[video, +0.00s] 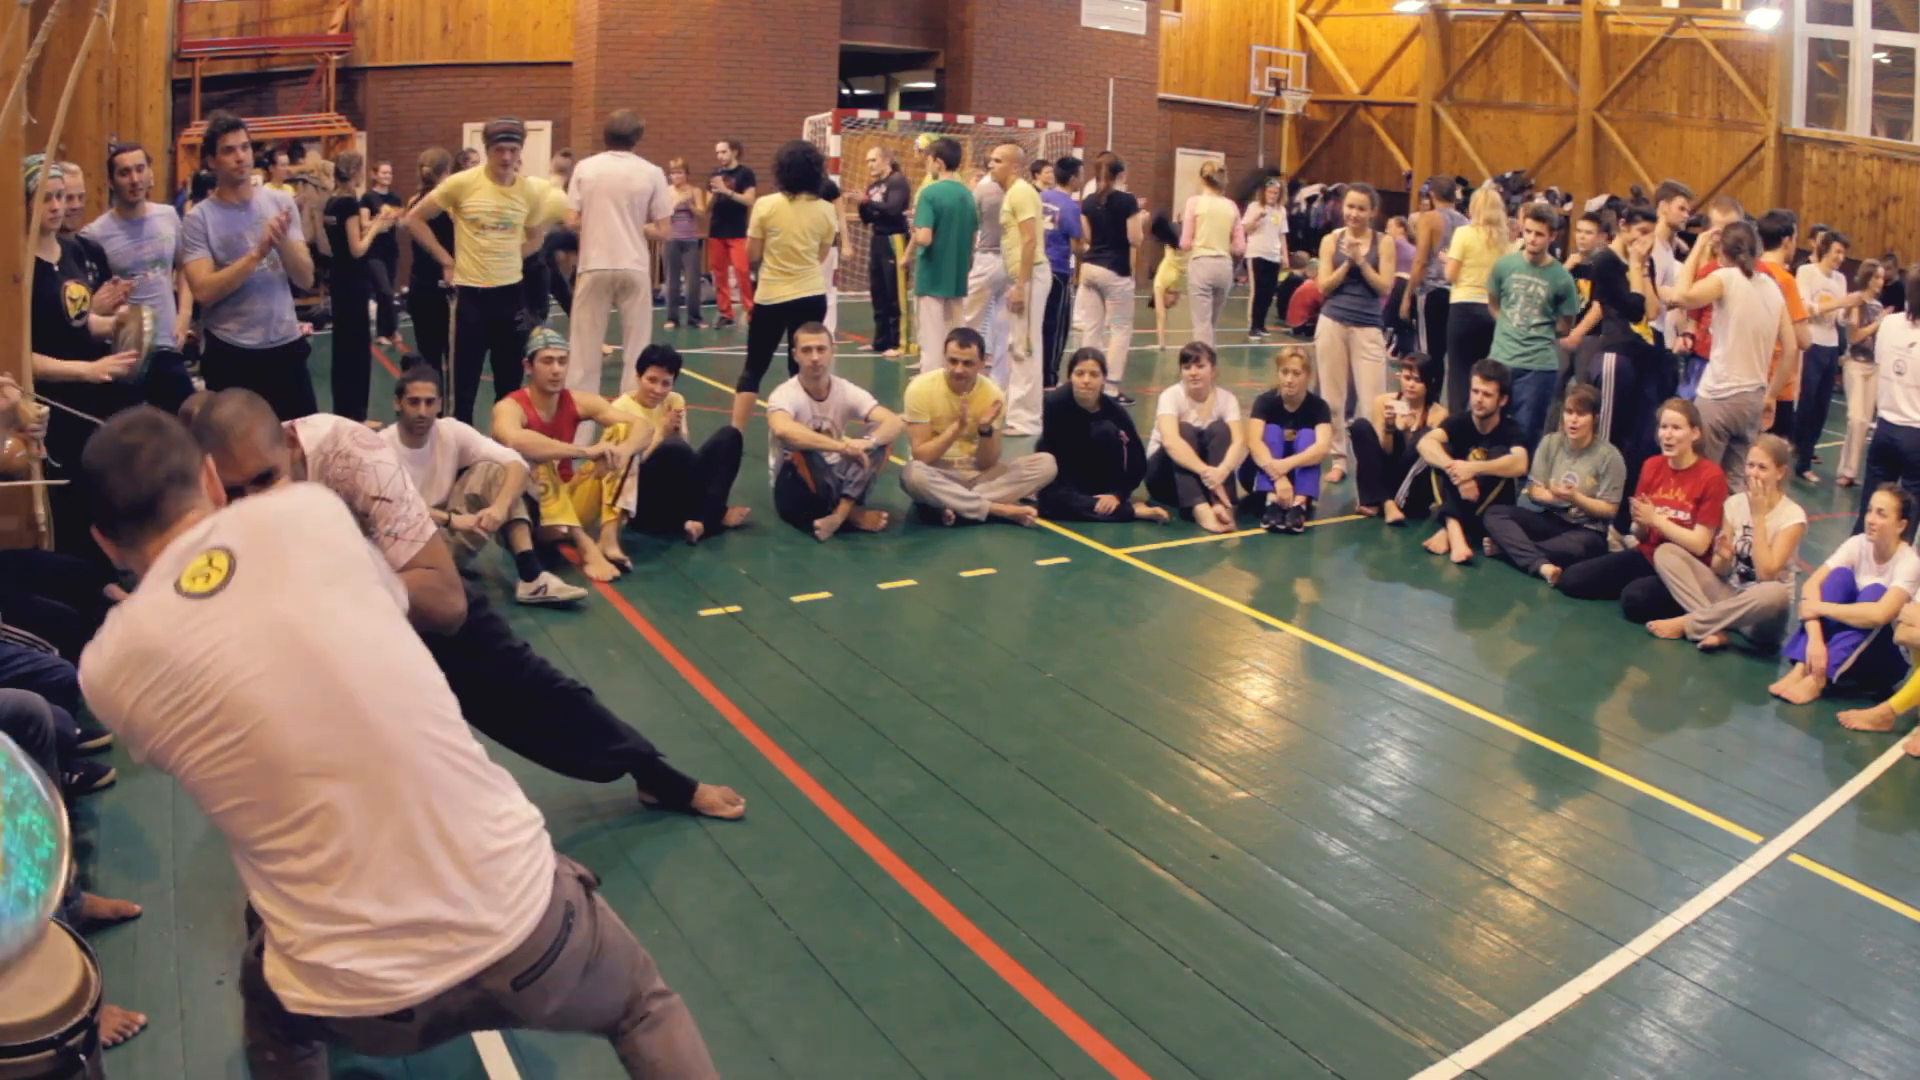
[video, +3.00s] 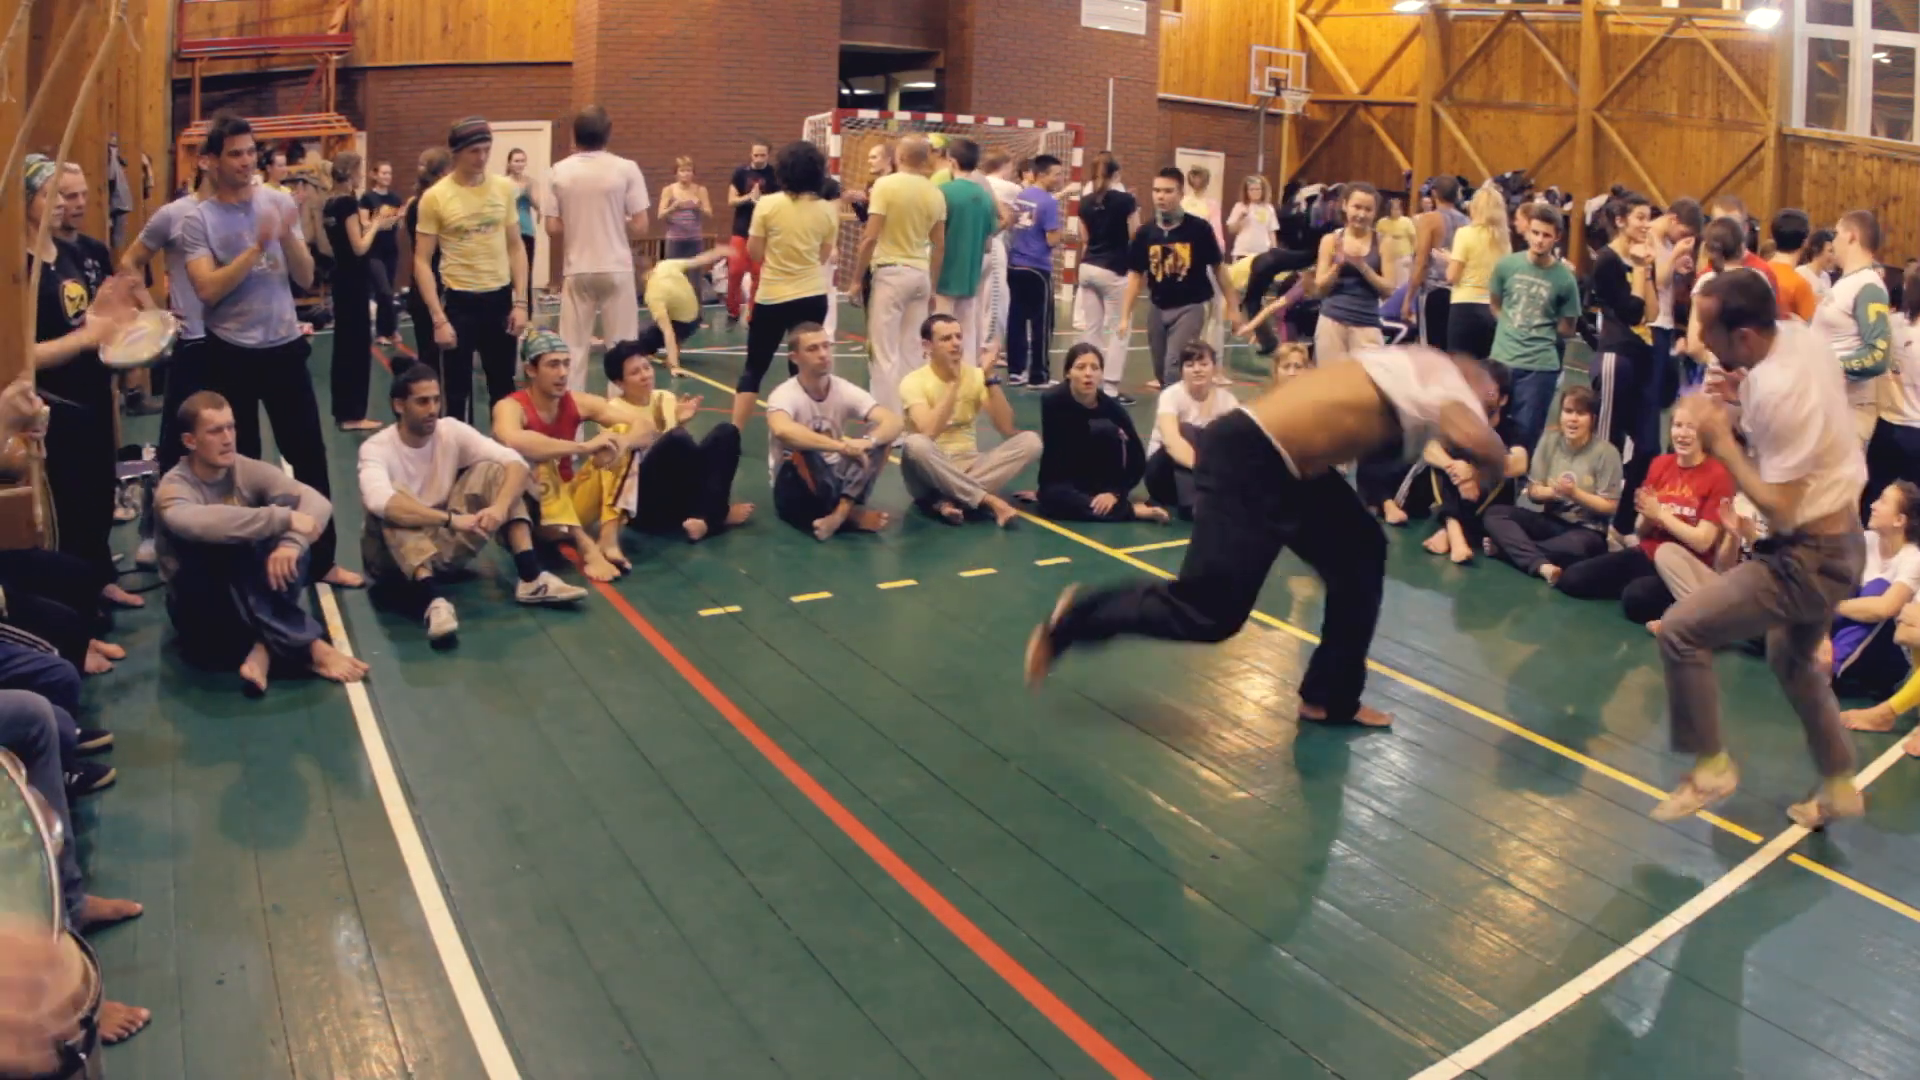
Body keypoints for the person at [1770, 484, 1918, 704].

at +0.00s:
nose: (1870, 519)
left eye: (1881, 514)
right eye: (1869, 511)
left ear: (1901, 526)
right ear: (1864, 513)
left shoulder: (1909, 561)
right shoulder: (1857, 544)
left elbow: (1880, 616)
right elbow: (1810, 585)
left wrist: (1818, 607)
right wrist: (1815, 641)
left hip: (1881, 667)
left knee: (1875, 592)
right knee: (1840, 576)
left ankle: (1818, 678)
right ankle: (1800, 667)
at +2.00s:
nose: (1871, 520)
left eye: (1881, 514)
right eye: (1870, 511)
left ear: (1901, 525)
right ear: (1866, 512)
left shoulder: (1909, 561)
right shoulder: (1856, 544)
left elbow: (1881, 615)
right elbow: (1810, 586)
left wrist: (1819, 608)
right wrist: (1815, 641)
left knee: (1875, 592)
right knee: (1840, 577)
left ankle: (1817, 678)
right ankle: (1800, 667)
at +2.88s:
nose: (1876, 511)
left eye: (1887, 507)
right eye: (1878, 504)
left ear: (1907, 524)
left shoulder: (1913, 558)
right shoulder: (1862, 541)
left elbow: (1885, 609)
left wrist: (1823, 603)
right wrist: (1823, 646)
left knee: (1879, 587)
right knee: (1847, 577)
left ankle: (1828, 672)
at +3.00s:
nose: (1873, 505)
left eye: (1883, 502)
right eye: (1878, 499)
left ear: (1900, 520)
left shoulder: (1912, 556)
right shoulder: (1862, 540)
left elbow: (1887, 608)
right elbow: (1822, 584)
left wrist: (1834, 606)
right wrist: (1822, 638)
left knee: (1878, 587)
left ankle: (1829, 666)